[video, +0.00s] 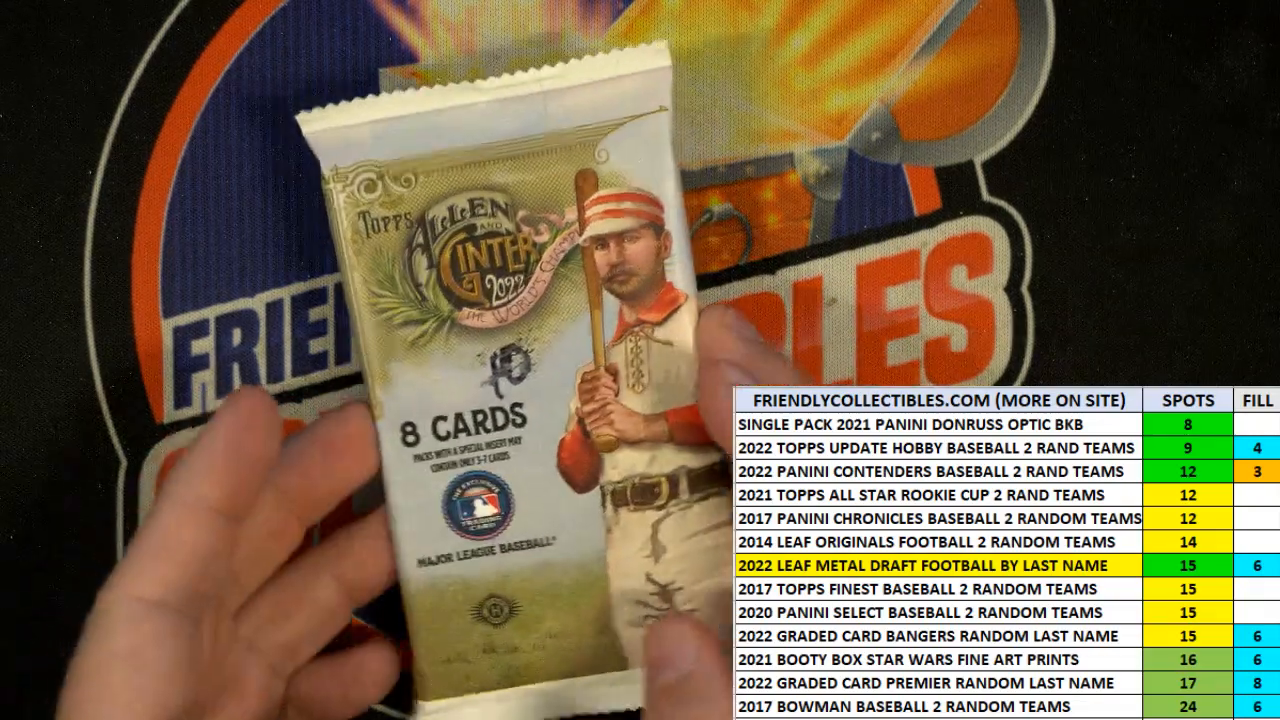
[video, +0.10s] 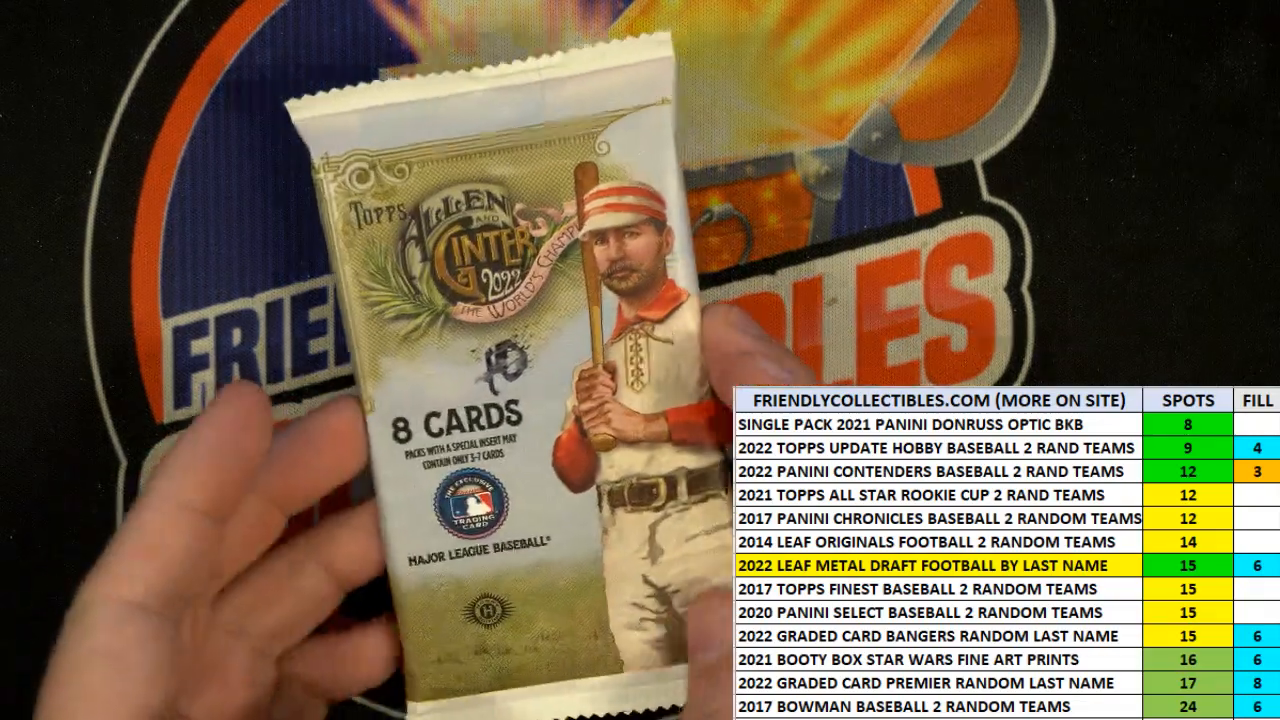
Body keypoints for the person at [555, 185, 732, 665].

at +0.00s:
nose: (614, 257)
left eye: (628, 239)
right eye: (601, 245)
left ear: (662, 245)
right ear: (592, 259)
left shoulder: (707, 327)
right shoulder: (604, 360)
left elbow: (740, 413)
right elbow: (577, 477)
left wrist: (647, 426)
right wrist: (585, 420)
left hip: (702, 518)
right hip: (626, 529)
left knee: (719, 675)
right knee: (656, 685)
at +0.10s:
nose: (614, 253)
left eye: (629, 234)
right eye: (600, 240)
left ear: (664, 241)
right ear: (591, 254)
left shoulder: (706, 324)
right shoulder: (602, 358)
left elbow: (747, 411)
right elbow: (573, 476)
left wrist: (646, 425)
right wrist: (582, 417)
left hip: (701, 517)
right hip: (623, 528)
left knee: (725, 674)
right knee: (646, 685)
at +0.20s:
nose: (620, 244)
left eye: (635, 226)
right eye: (606, 231)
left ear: (669, 232)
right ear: (594, 245)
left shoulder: (711, 315)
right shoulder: (605, 349)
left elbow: (754, 403)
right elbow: (571, 469)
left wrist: (649, 418)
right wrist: (581, 411)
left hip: (701, 512)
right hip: (621, 522)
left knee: (728, 671)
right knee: (643, 684)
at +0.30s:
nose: (620, 240)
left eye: (635, 223)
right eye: (606, 227)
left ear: (670, 230)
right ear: (595, 241)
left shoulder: (713, 314)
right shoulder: (602, 346)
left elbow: (753, 405)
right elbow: (567, 465)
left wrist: (649, 416)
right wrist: (578, 408)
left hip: (698, 513)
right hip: (617, 521)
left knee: (720, 675)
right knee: (636, 685)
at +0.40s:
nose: (614, 252)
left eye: (630, 234)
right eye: (601, 239)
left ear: (667, 242)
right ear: (590, 253)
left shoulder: (708, 324)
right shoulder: (596, 352)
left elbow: (737, 417)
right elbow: (560, 476)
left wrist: (641, 428)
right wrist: (571, 417)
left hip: (688, 523)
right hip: (608, 530)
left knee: (710, 678)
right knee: (625, 687)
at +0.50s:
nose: (605, 262)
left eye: (620, 243)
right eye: (589, 249)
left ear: (656, 252)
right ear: (580, 265)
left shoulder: (704, 332)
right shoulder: (599, 361)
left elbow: (743, 425)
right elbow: (570, 478)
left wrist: (644, 435)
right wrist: (575, 422)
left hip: (708, 533)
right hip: (621, 538)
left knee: (718, 678)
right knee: (643, 689)